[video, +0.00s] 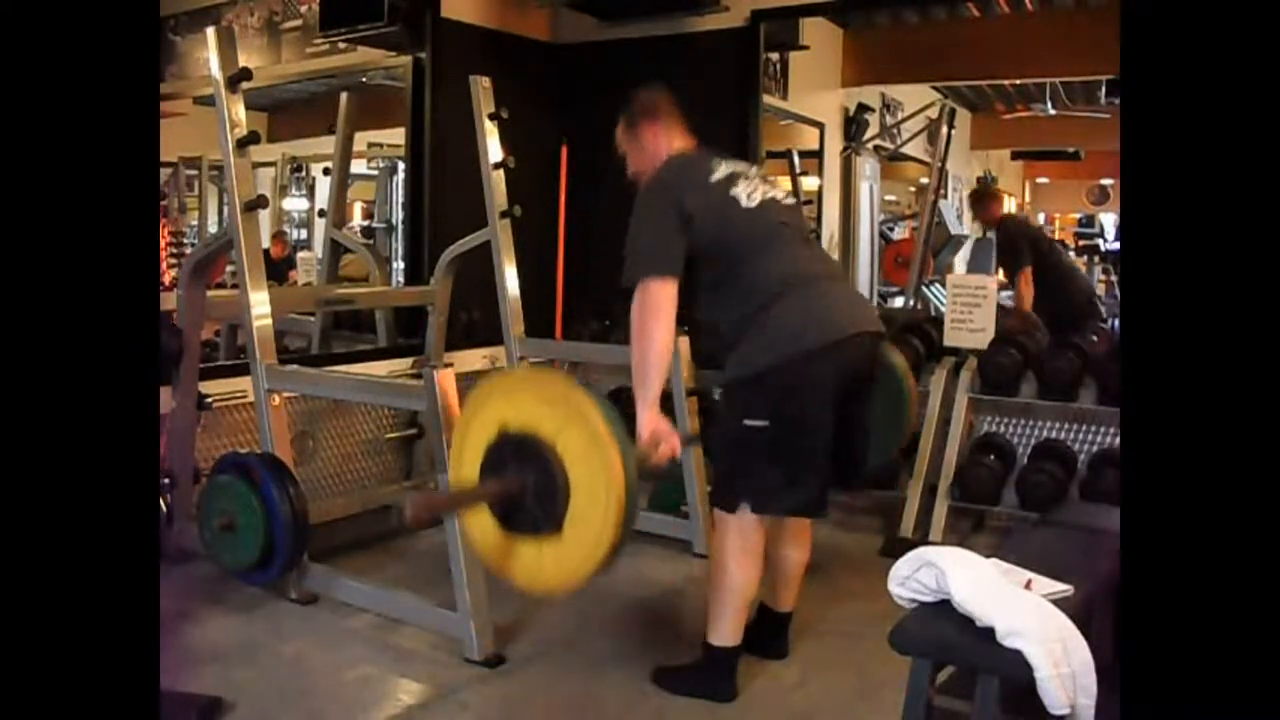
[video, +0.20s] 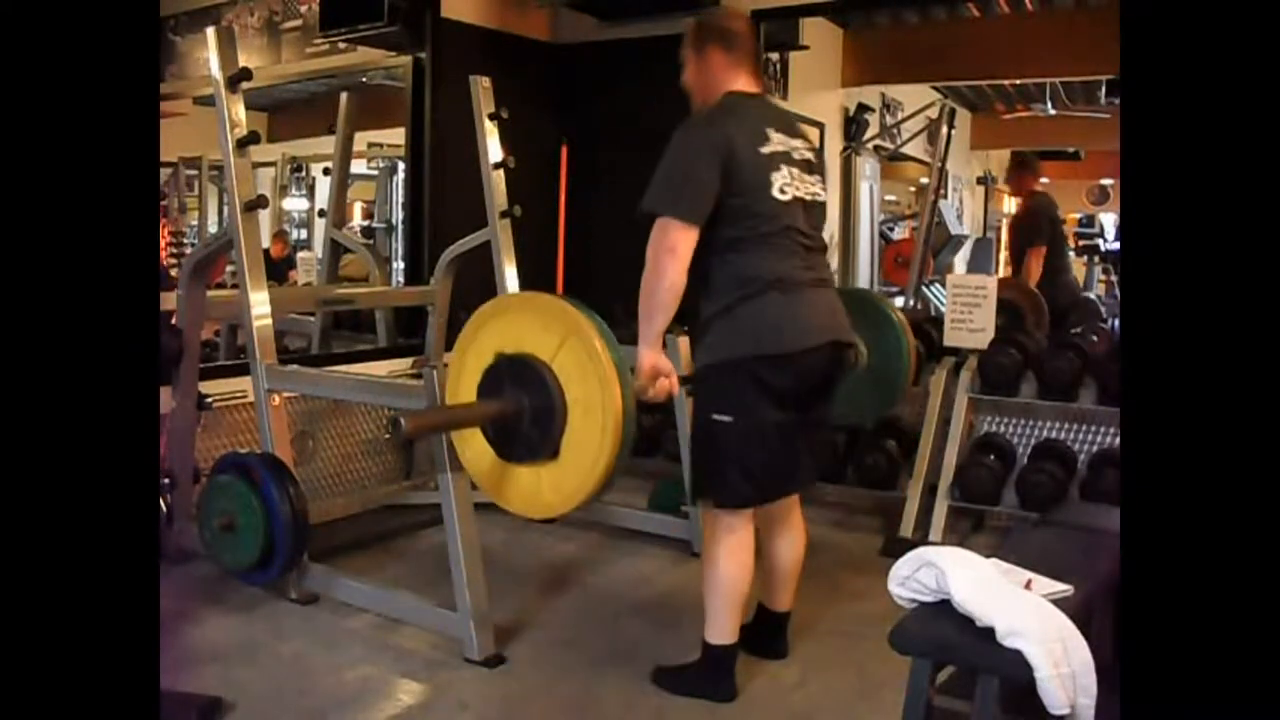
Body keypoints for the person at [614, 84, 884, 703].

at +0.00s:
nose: (630, 169)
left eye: (628, 153)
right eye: (626, 156)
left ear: (652, 133)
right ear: (681, 132)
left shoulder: (665, 188)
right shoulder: (737, 175)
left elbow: (655, 295)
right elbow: (786, 268)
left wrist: (647, 406)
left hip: (779, 351)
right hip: (852, 337)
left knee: (736, 504)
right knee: (795, 497)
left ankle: (717, 666)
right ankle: (773, 630)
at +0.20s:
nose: (684, 80)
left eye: (686, 66)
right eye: (685, 66)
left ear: (706, 59)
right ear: (750, 60)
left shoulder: (712, 127)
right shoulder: (800, 128)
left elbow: (672, 244)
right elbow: (788, 239)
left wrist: (648, 345)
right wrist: (719, 336)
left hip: (750, 347)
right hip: (821, 340)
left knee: (728, 509)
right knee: (780, 494)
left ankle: (716, 668)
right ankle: (771, 631)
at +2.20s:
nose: (716, 82)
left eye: (718, 66)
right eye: (715, 68)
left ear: (746, 55)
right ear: (776, 56)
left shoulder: (747, 130)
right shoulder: (818, 128)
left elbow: (709, 248)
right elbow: (797, 248)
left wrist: (662, 343)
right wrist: (694, 341)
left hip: (745, 342)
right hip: (808, 338)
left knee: (726, 504)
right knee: (777, 490)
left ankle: (715, 668)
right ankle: (772, 631)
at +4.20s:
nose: (665, 122)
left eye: (664, 105)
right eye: (661, 107)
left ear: (689, 91)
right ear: (724, 91)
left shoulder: (704, 156)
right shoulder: (779, 150)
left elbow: (689, 273)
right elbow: (806, 255)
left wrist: (668, 383)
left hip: (774, 352)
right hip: (843, 340)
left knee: (734, 506)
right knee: (792, 497)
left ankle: (716, 667)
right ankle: (774, 631)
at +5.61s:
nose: (633, 218)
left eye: (632, 202)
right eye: (629, 204)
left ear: (657, 191)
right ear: (685, 187)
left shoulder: (679, 243)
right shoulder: (747, 222)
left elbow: (668, 363)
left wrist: (649, 473)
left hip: (813, 370)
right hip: (886, 354)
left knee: (735, 505)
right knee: (798, 504)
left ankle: (716, 669)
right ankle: (773, 630)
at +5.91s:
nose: (624, 249)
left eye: (623, 232)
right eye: (621, 235)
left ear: (647, 224)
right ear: (676, 218)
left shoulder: (674, 270)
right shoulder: (736, 250)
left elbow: (665, 389)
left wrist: (648, 504)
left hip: (819, 373)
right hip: (889, 357)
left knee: (737, 506)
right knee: (797, 502)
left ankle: (715, 669)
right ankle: (773, 629)